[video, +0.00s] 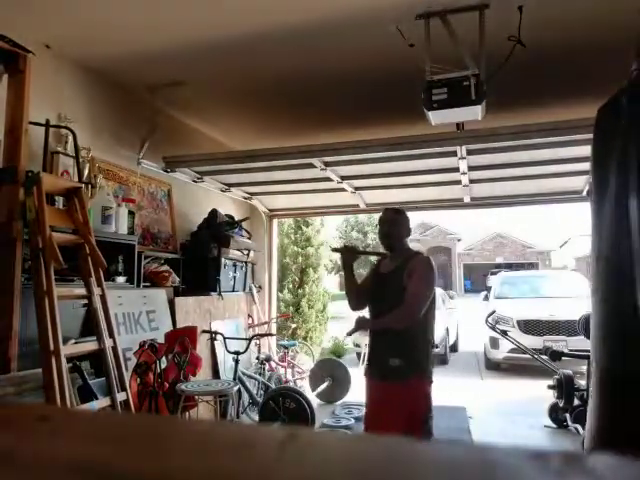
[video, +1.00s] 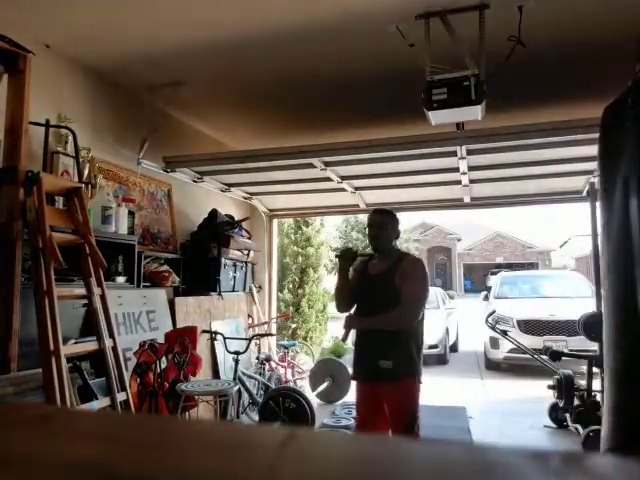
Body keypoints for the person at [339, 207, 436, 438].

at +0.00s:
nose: (385, 230)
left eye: (392, 224)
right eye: (381, 225)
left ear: (407, 229)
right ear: (378, 229)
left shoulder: (420, 264)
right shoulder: (382, 265)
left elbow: (411, 314)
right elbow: (356, 301)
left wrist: (370, 324)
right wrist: (347, 266)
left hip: (410, 370)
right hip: (379, 368)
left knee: (409, 443)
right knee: (377, 441)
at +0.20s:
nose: (376, 231)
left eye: (383, 225)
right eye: (373, 225)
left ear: (398, 229)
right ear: (370, 229)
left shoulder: (412, 264)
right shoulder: (371, 266)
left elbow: (408, 314)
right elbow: (348, 301)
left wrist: (362, 321)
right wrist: (342, 265)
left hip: (404, 365)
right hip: (373, 364)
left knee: (406, 437)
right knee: (373, 434)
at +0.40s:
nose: (375, 233)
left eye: (382, 227)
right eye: (371, 227)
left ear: (396, 232)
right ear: (367, 231)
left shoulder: (412, 267)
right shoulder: (369, 268)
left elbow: (407, 318)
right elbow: (347, 306)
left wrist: (359, 324)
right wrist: (344, 268)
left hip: (401, 369)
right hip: (369, 369)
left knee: (404, 440)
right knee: (368, 441)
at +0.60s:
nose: (375, 232)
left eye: (383, 227)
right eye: (372, 227)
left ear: (397, 231)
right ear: (367, 231)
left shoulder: (412, 265)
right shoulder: (366, 266)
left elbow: (408, 317)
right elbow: (345, 305)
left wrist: (359, 322)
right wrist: (343, 268)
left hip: (402, 371)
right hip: (369, 370)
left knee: (403, 443)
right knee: (367, 442)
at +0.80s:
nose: (373, 233)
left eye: (381, 227)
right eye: (370, 227)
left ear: (396, 231)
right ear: (366, 230)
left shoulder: (412, 265)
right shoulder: (365, 266)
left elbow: (408, 316)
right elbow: (345, 305)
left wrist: (360, 322)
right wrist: (344, 268)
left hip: (403, 370)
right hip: (370, 370)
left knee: (407, 444)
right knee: (369, 443)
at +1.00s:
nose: (374, 233)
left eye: (381, 227)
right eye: (370, 227)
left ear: (396, 231)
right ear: (366, 231)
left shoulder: (412, 266)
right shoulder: (363, 266)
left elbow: (408, 317)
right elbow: (342, 305)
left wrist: (359, 322)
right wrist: (343, 269)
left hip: (401, 368)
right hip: (367, 367)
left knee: (405, 440)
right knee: (368, 440)